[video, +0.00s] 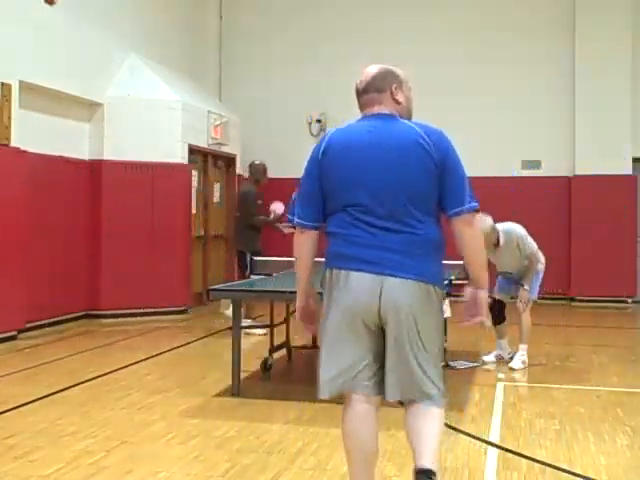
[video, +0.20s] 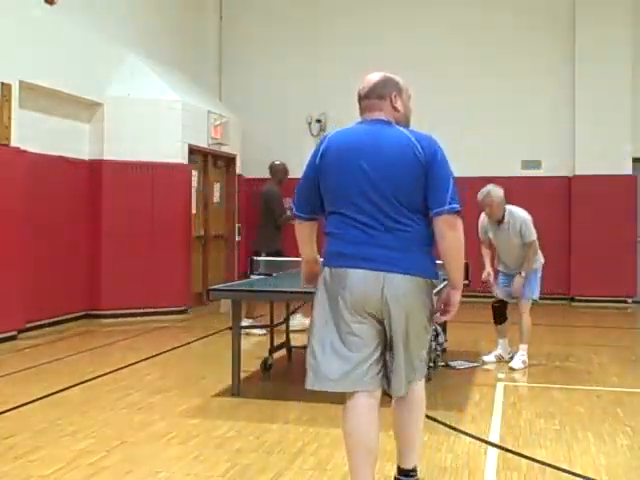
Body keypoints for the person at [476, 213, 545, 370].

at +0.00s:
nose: (485, 243)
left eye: (487, 237)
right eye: (482, 239)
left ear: (494, 232)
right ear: (480, 236)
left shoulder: (515, 232)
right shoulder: (482, 243)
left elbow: (535, 259)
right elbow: (484, 269)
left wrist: (525, 287)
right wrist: (485, 294)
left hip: (529, 268)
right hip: (506, 272)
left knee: (522, 306)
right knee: (496, 306)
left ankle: (522, 352)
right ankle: (503, 349)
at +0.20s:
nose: (485, 210)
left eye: (488, 206)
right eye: (483, 206)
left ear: (499, 203)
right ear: (484, 206)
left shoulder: (521, 218)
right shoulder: (484, 220)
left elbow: (532, 247)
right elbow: (485, 244)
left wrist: (522, 275)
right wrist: (488, 266)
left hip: (528, 266)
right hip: (505, 266)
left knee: (523, 306)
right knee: (498, 305)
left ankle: (522, 352)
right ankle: (503, 348)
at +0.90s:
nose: (496, 179)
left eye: (501, 175)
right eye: (494, 175)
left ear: (511, 177)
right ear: (491, 177)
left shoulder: (521, 202)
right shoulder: (485, 199)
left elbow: (528, 232)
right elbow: (472, 223)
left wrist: (503, 240)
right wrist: (480, 229)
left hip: (513, 262)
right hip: (492, 261)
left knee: (515, 303)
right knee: (494, 305)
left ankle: (522, 351)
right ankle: (500, 347)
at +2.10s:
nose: (512, 179)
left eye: (516, 175)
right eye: (508, 174)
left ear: (523, 178)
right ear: (503, 177)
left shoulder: (531, 201)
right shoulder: (493, 199)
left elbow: (541, 230)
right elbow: (482, 227)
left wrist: (519, 226)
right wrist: (483, 219)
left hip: (520, 260)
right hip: (497, 259)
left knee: (523, 305)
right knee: (497, 304)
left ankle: (527, 349)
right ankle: (501, 347)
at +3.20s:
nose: (509, 173)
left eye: (513, 170)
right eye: (506, 169)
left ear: (522, 175)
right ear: (502, 173)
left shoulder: (529, 197)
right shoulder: (495, 199)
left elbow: (529, 207)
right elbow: (487, 224)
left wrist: (514, 184)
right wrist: (476, 227)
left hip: (519, 257)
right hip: (497, 257)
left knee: (523, 305)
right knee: (497, 305)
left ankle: (526, 350)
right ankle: (501, 347)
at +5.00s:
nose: (496, 185)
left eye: (499, 181)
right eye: (494, 181)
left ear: (511, 180)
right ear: (493, 181)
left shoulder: (525, 201)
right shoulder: (490, 199)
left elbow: (532, 229)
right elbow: (473, 218)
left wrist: (510, 234)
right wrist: (478, 220)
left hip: (515, 261)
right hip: (493, 260)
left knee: (520, 304)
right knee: (495, 304)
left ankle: (526, 349)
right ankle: (500, 347)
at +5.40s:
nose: (490, 186)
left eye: (493, 182)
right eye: (488, 182)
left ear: (506, 180)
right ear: (488, 182)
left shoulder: (520, 202)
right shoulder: (485, 200)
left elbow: (527, 230)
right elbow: (473, 221)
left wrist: (501, 237)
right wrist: (476, 228)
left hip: (510, 262)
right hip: (489, 261)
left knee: (516, 304)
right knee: (493, 304)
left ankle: (526, 349)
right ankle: (500, 346)